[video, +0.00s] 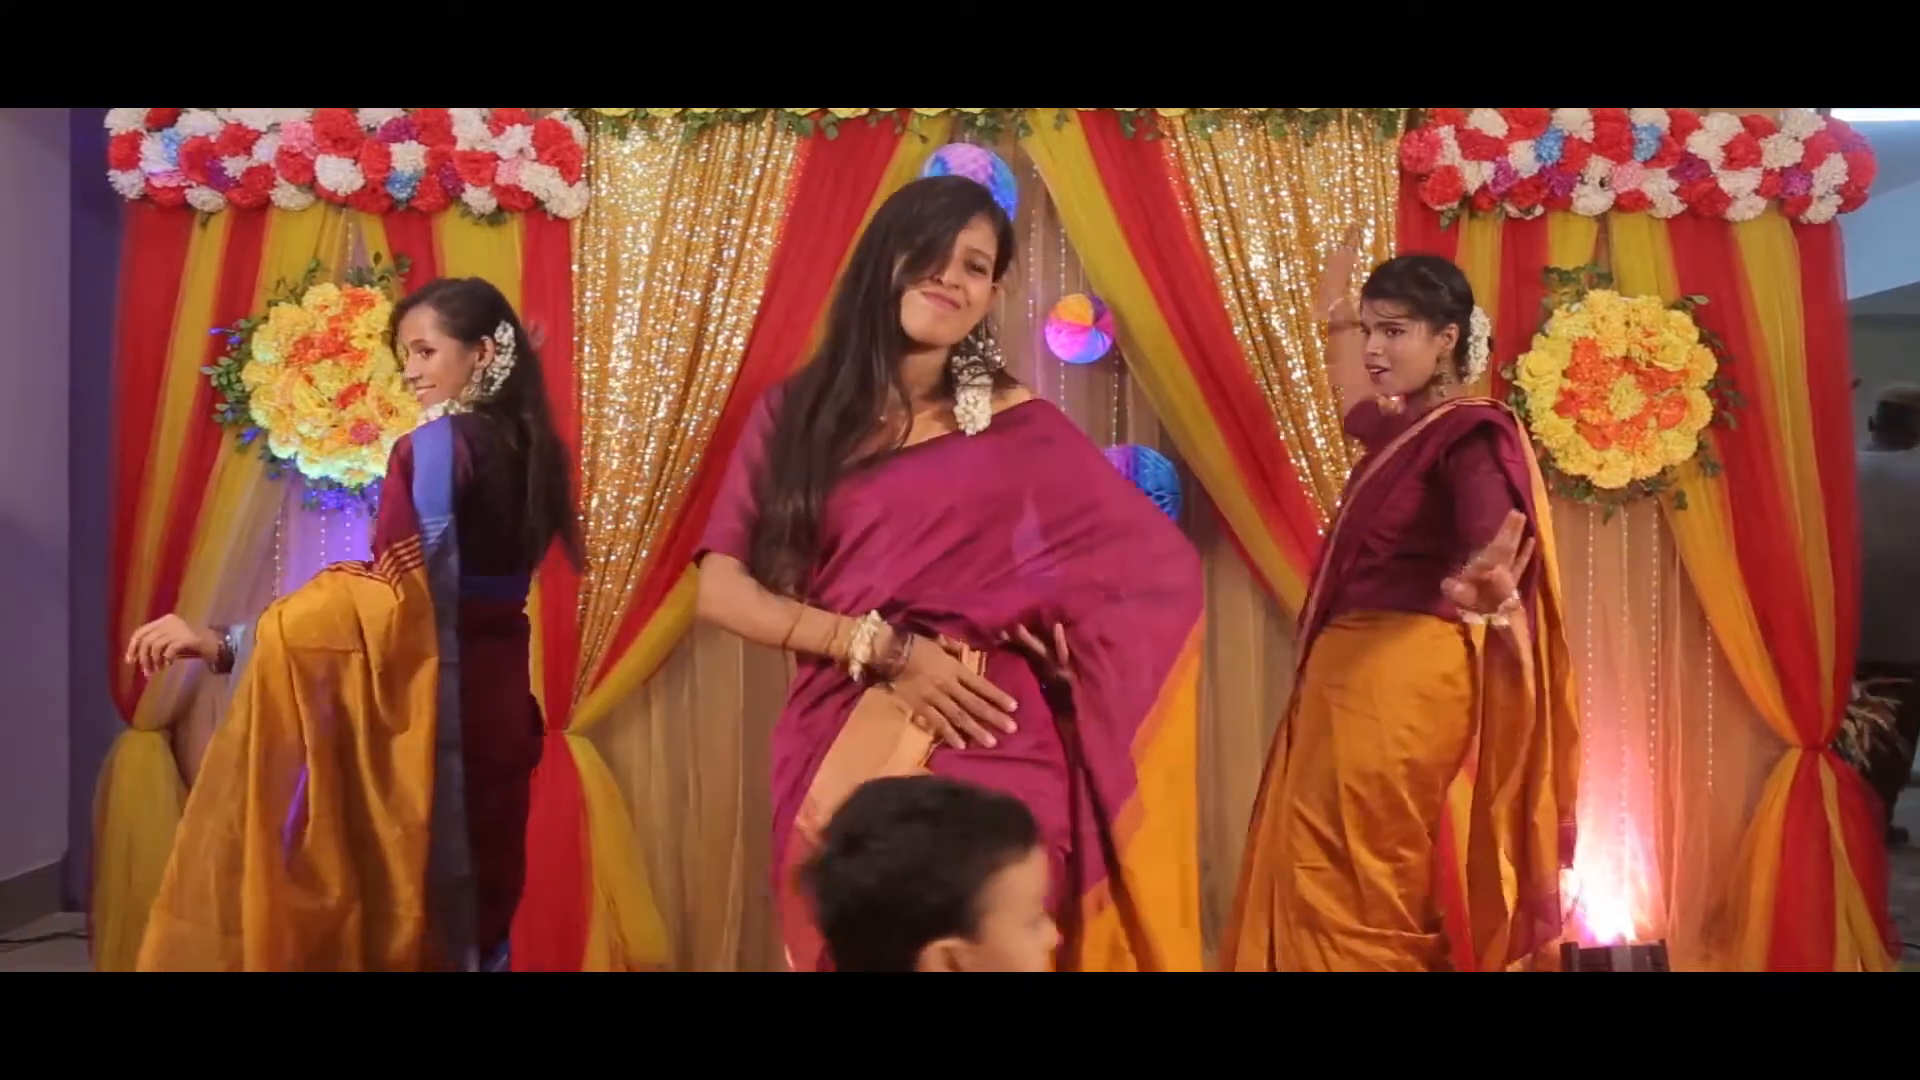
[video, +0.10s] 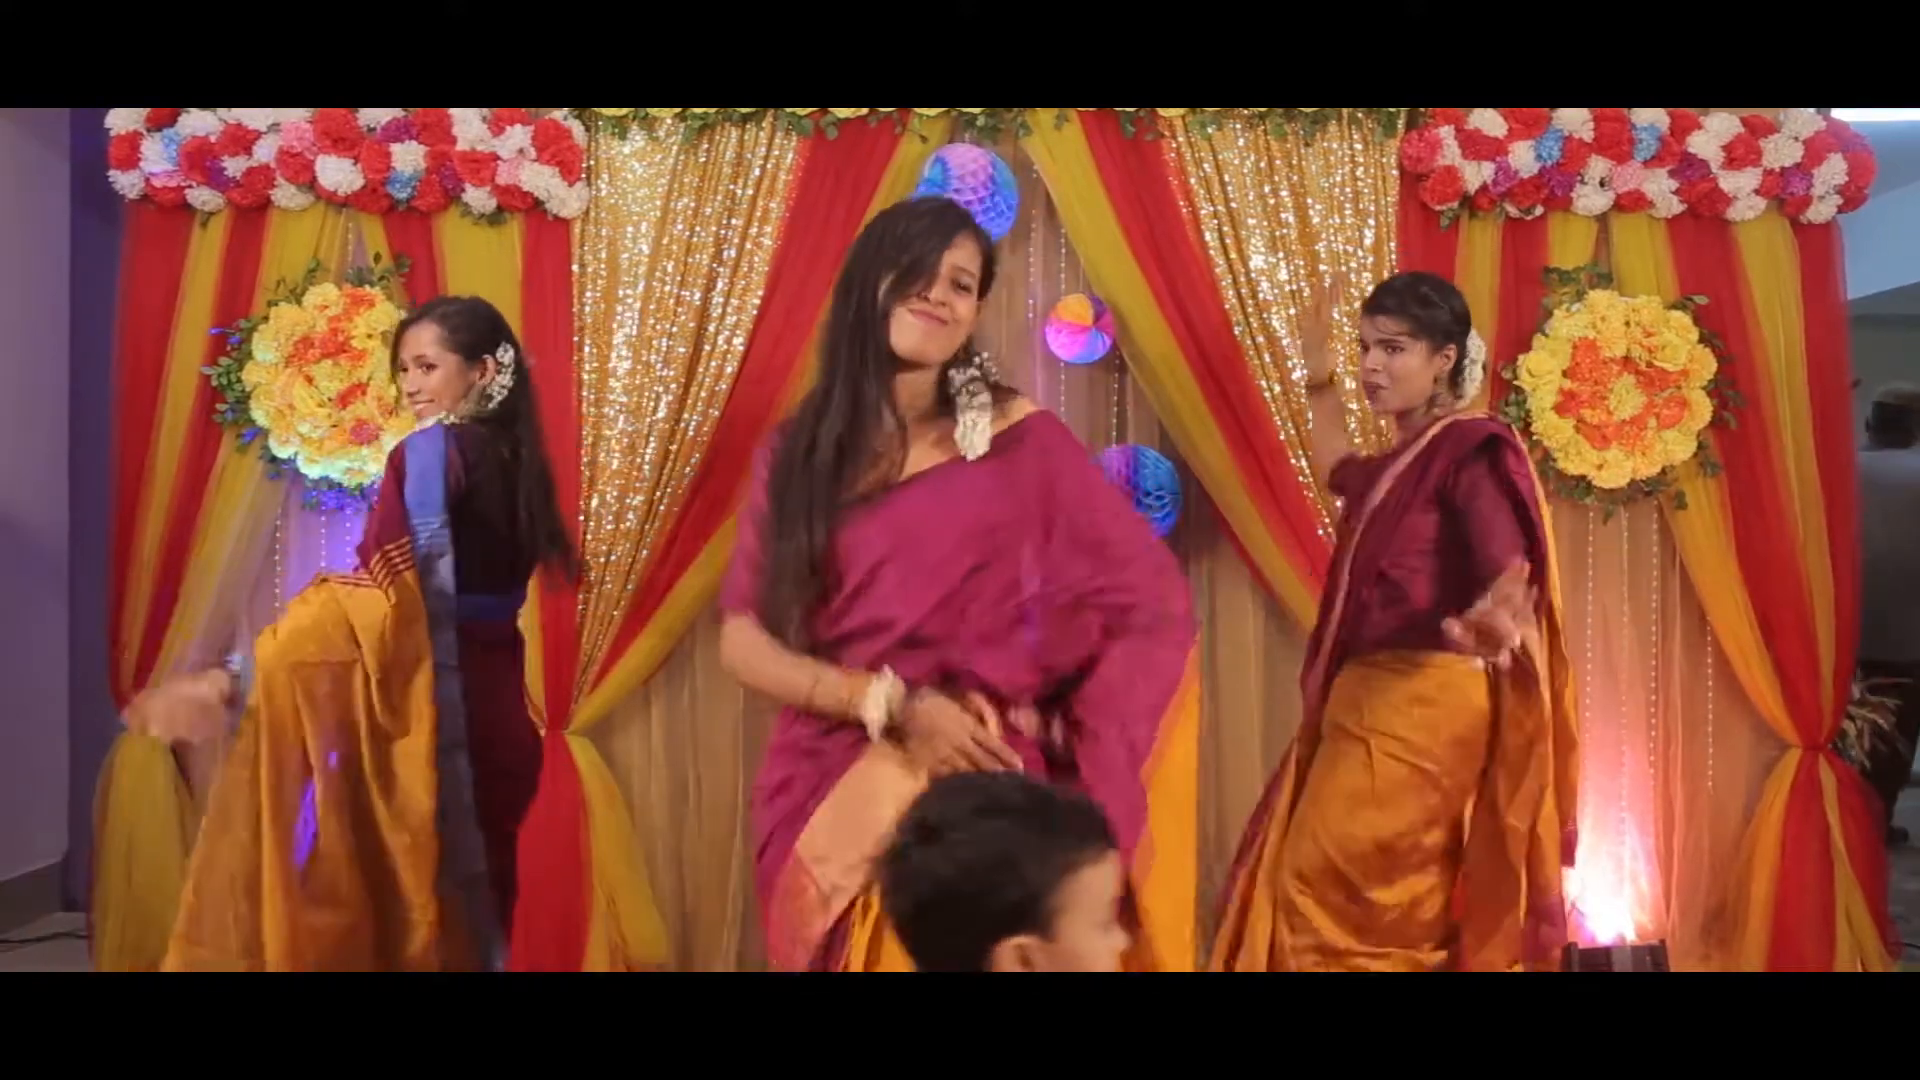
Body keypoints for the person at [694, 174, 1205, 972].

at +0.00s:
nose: (953, 278)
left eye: (978, 267)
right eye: (934, 253)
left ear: (993, 296)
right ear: (886, 259)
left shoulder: (1016, 417)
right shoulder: (791, 413)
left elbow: (1168, 562)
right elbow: (718, 591)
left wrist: (1078, 635)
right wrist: (885, 649)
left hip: (1005, 746)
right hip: (843, 750)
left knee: (1001, 958)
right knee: (844, 957)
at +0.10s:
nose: (938, 296)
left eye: (962, 285)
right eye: (918, 272)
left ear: (979, 314)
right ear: (868, 281)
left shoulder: (1019, 434)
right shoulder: (800, 451)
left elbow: (1158, 600)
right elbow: (741, 645)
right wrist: (896, 705)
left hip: (995, 796)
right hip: (828, 797)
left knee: (994, 961)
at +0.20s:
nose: (925, 301)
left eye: (947, 288)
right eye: (902, 280)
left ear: (967, 319)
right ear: (855, 297)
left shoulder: (1016, 437)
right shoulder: (801, 464)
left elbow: (1136, 603)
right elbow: (752, 659)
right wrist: (920, 715)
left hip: (999, 780)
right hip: (828, 783)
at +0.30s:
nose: (917, 266)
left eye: (939, 253)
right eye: (891, 250)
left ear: (964, 290)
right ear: (847, 273)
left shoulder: (1014, 423)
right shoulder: (788, 427)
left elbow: (1120, 569)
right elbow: (735, 613)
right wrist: (917, 672)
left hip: (1002, 755)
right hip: (840, 753)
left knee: (981, 941)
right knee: (852, 947)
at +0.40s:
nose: (896, 255)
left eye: (920, 238)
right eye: (872, 243)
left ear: (959, 273)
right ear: (840, 275)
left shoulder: (1016, 421)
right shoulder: (789, 411)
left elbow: (1112, 579)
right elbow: (728, 591)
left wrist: (1069, 660)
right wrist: (907, 657)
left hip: (1009, 735)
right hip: (849, 734)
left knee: (983, 935)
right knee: (859, 945)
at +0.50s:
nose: (883, 272)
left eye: (907, 252)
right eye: (859, 259)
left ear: (951, 280)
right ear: (836, 295)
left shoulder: (1019, 423)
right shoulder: (796, 433)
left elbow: (1109, 590)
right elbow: (745, 620)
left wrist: (976, 680)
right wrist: (911, 680)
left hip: (1002, 763)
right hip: (842, 762)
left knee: (969, 939)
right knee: (860, 947)